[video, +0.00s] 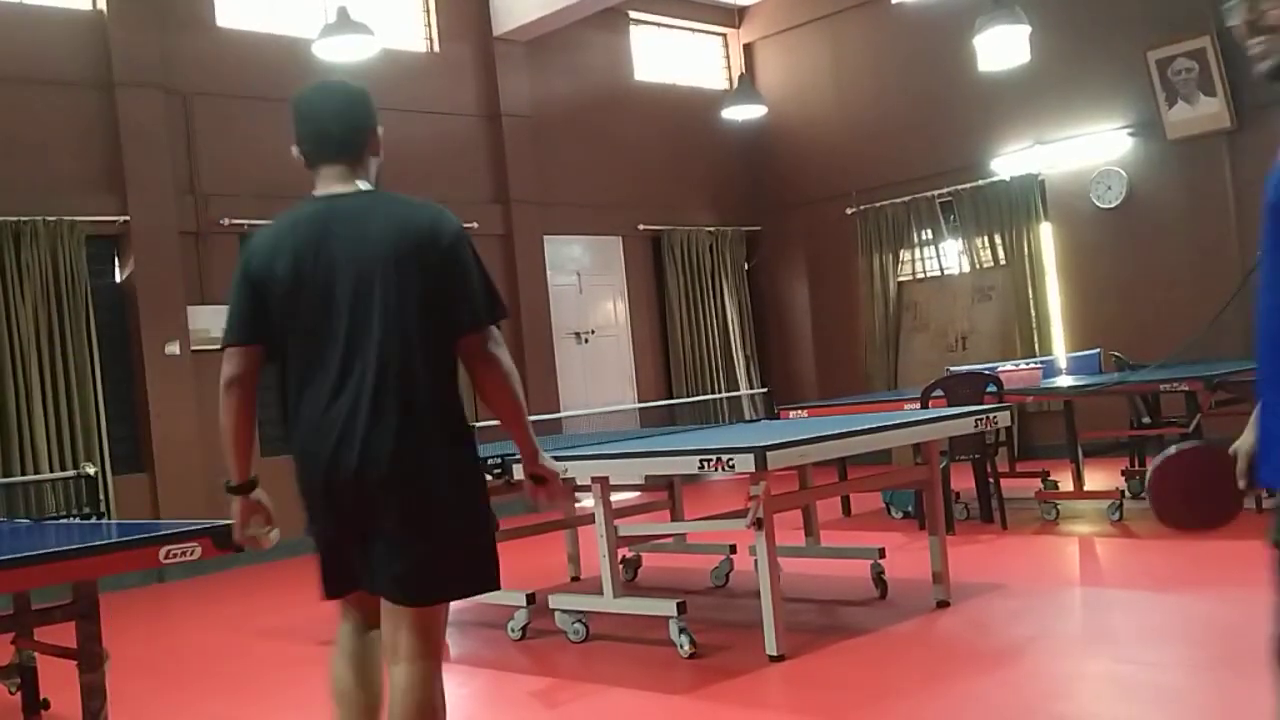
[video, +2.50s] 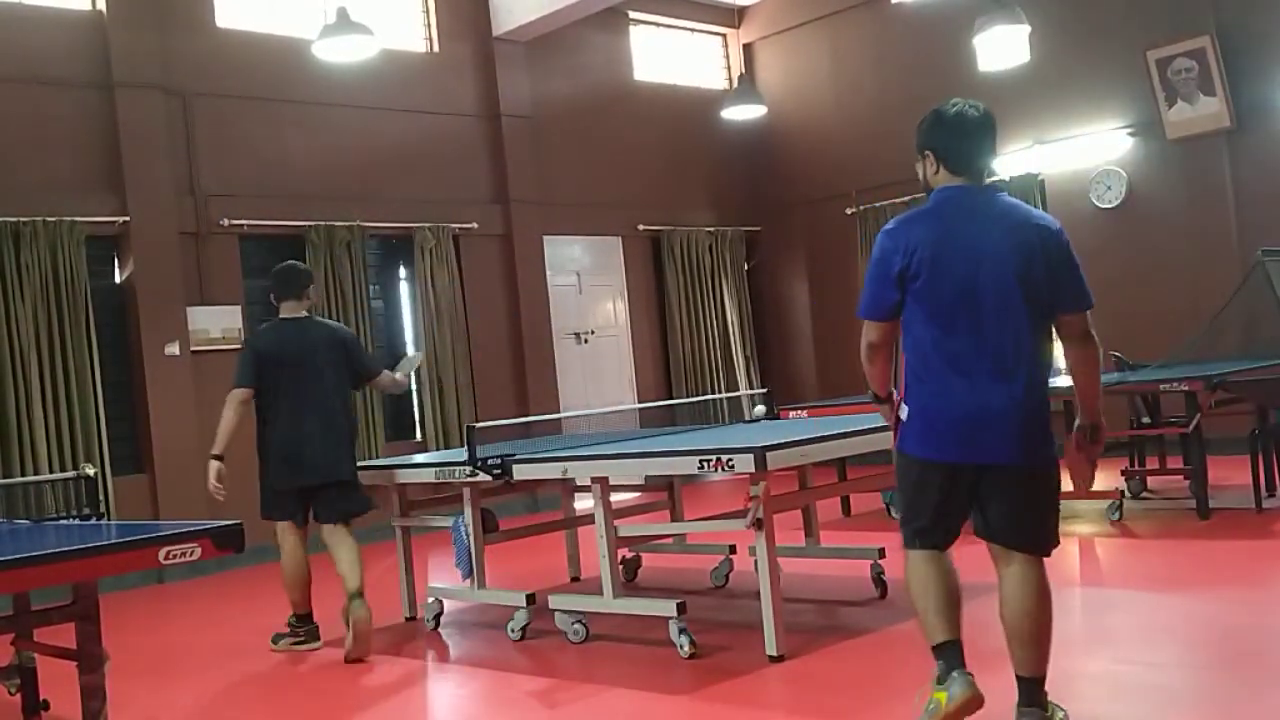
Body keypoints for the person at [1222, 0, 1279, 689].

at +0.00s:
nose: (1254, 35)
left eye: (1259, 23)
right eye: (1247, 26)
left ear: (1274, 34)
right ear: (1240, 41)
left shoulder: (1274, 187)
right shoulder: (1274, 185)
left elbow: (1272, 323)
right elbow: (1271, 320)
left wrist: (1256, 427)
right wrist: (1256, 424)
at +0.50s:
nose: (1054, 52)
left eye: (1073, 27)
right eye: (1053, 36)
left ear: (1137, 22)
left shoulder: (1136, 124)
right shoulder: (1227, 118)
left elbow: (1049, 296)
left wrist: (966, 438)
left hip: (1168, 459)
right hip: (1235, 449)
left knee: (1193, 668)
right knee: (1212, 654)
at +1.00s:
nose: (965, 103)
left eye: (978, 81)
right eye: (964, 87)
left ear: (1032, 75)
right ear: (1041, 81)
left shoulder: (1023, 172)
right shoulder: (1134, 179)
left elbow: (996, 321)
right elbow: (1162, 330)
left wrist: (939, 455)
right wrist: (1164, 464)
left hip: (1038, 461)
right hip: (1129, 456)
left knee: (990, 628)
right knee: (1107, 631)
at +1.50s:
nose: (901, 148)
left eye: (907, 127)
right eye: (898, 133)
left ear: (952, 116)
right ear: (968, 121)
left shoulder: (945, 200)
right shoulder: (1056, 200)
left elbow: (937, 311)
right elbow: (1069, 334)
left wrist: (889, 443)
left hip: (974, 457)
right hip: (1071, 452)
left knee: (950, 613)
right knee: (1061, 614)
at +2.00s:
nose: (871, 153)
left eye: (872, 140)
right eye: (872, 141)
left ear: (891, 141)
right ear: (955, 139)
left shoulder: (864, 226)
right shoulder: (1013, 216)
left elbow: (822, 341)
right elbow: (1051, 334)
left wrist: (814, 416)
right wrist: (1063, 429)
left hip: (912, 447)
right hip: (1005, 438)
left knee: (935, 595)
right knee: (1018, 572)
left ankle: (948, 719)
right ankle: (1038, 711)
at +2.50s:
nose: (919, 170)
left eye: (919, 160)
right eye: (921, 160)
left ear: (930, 160)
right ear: (991, 156)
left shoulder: (903, 234)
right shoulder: (1040, 229)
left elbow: (875, 341)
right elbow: (1079, 337)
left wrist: (887, 402)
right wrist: (1091, 418)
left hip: (934, 435)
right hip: (1019, 433)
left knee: (925, 542)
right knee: (1019, 556)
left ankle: (951, 674)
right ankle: (1032, 703)